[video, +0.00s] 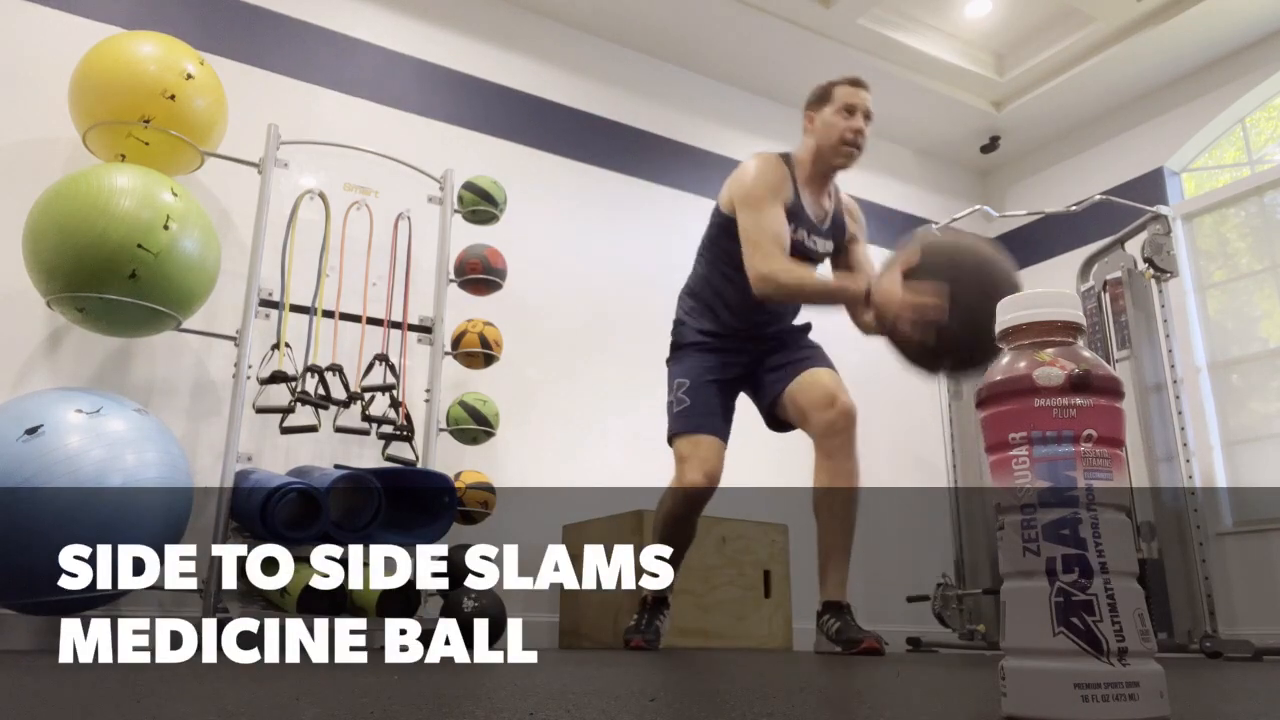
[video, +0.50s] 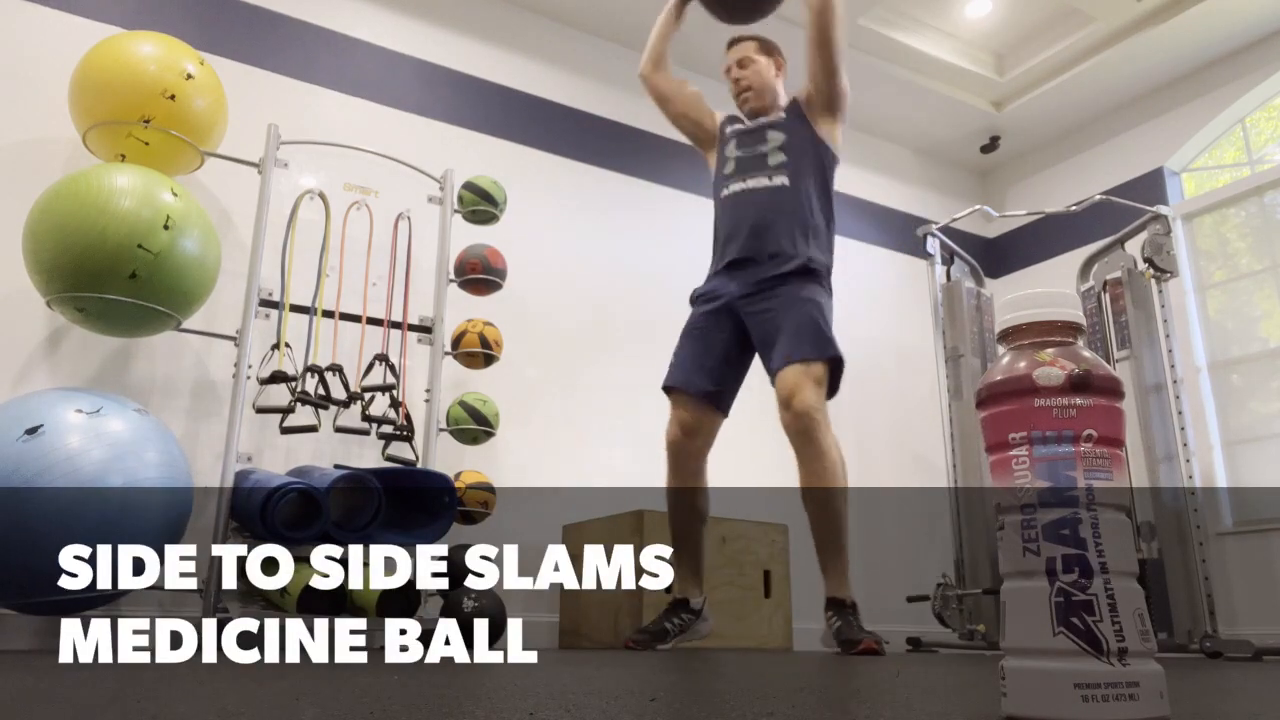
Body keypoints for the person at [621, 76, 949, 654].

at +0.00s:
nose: (859, 126)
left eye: (866, 119)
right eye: (848, 112)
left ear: (867, 135)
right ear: (811, 119)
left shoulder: (846, 213)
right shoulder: (761, 174)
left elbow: (863, 314)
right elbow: (767, 276)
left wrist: (912, 315)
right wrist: (868, 288)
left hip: (777, 338)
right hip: (709, 335)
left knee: (837, 416)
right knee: (698, 476)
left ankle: (834, 612)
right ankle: (654, 600)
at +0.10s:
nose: (827, 106)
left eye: (835, 100)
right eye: (816, 94)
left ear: (837, 117)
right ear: (784, 103)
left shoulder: (828, 193)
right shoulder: (746, 155)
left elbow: (876, 279)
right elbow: (757, 215)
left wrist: (933, 239)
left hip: (780, 331)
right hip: (709, 328)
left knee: (836, 414)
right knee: (698, 470)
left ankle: (833, 611)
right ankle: (653, 600)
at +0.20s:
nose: (802, 105)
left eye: (810, 98)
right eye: (791, 92)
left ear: (818, 115)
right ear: (764, 100)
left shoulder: (819, 190)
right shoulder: (729, 159)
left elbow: (890, 228)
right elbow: (775, 108)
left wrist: (923, 149)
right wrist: (828, 57)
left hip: (789, 323)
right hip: (713, 324)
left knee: (835, 414)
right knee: (694, 465)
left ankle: (833, 610)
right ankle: (654, 598)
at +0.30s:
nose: (786, 91)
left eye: (796, 85)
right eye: (775, 83)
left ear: (808, 105)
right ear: (750, 100)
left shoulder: (821, 178)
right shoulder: (726, 152)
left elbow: (896, 151)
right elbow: (707, 74)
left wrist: (894, 55)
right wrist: (767, 1)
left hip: (797, 311)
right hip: (717, 312)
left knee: (830, 414)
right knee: (687, 461)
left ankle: (833, 608)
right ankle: (655, 595)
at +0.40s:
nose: (761, 84)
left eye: (773, 76)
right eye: (751, 78)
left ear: (796, 91)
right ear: (739, 96)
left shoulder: (823, 152)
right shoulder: (720, 143)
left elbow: (875, 67)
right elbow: (670, 53)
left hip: (799, 300)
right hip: (721, 303)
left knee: (822, 412)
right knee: (681, 448)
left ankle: (834, 608)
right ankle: (667, 598)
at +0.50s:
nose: (737, 72)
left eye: (750, 62)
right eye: (731, 68)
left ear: (782, 72)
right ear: (728, 84)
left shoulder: (815, 116)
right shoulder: (720, 135)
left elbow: (826, 33)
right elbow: (654, 72)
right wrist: (679, 2)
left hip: (794, 284)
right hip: (723, 292)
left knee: (802, 407)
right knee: (683, 433)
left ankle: (840, 603)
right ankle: (687, 599)